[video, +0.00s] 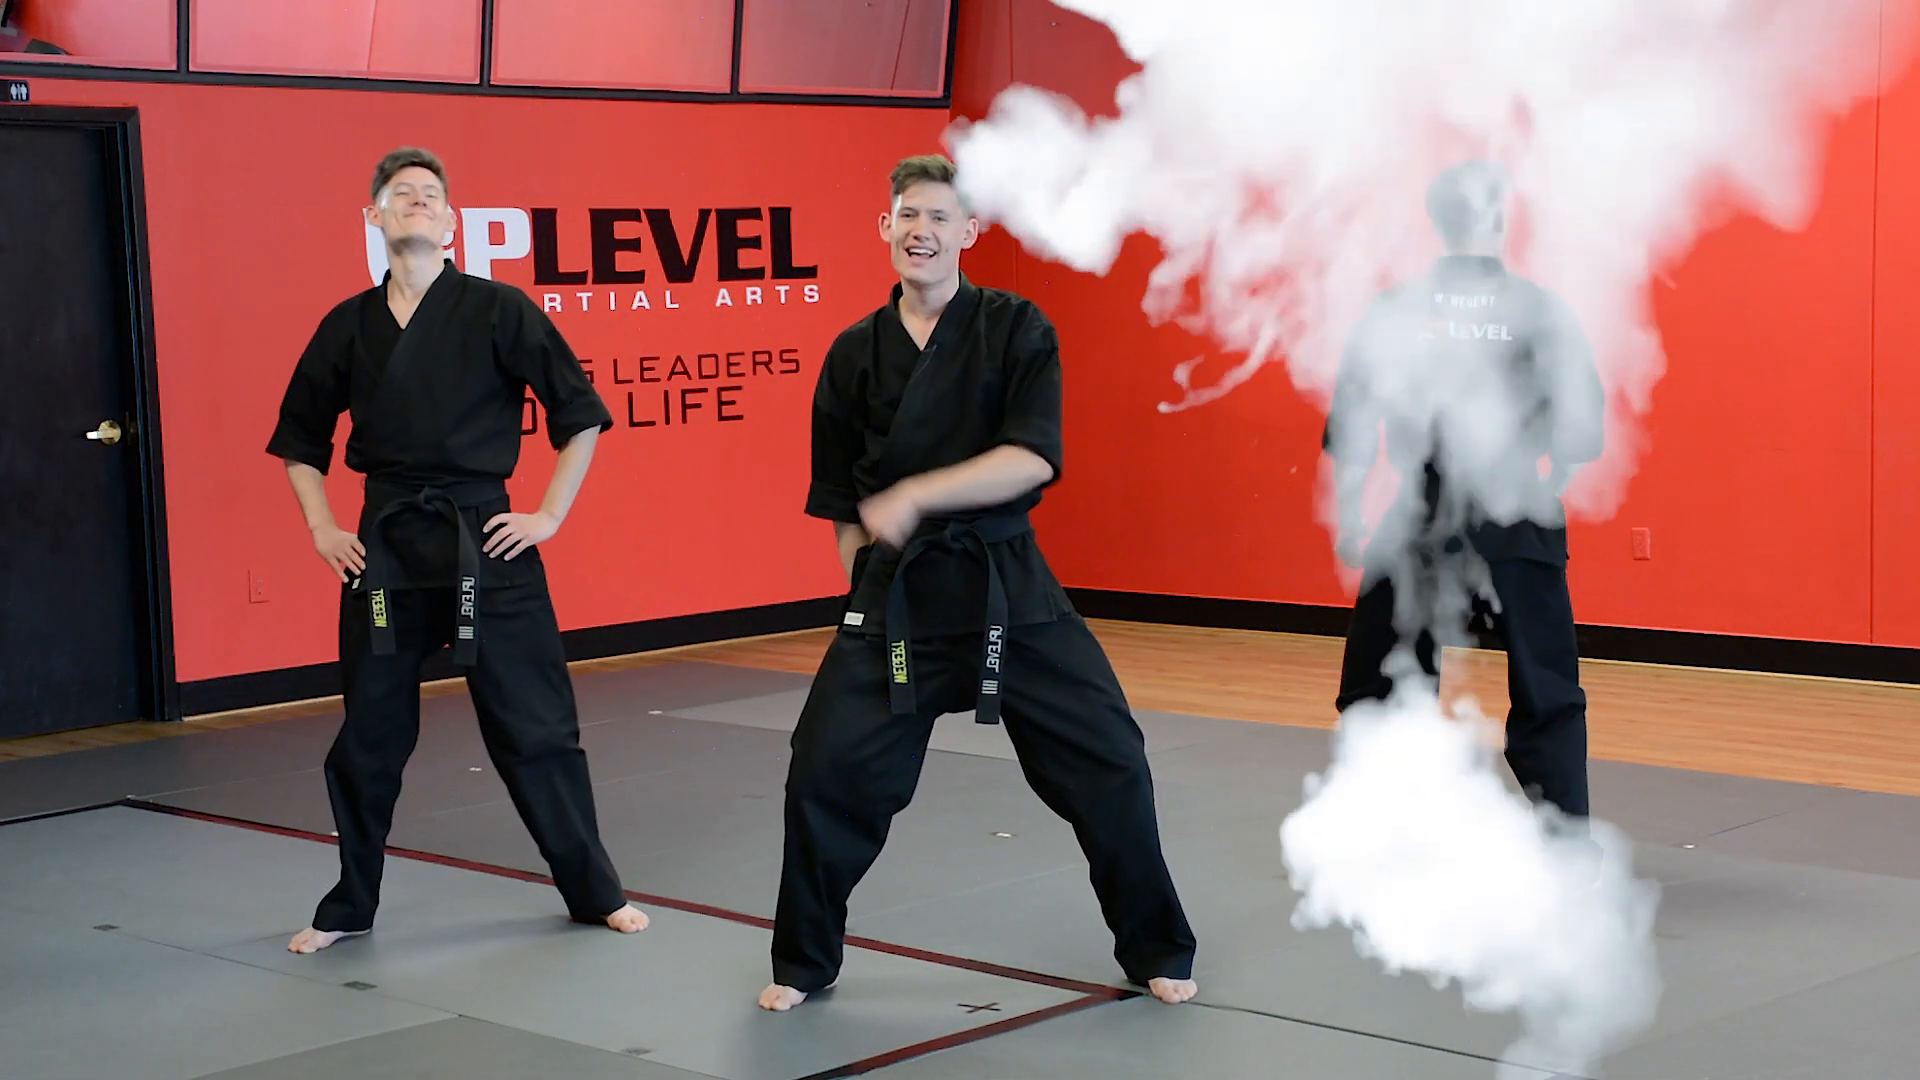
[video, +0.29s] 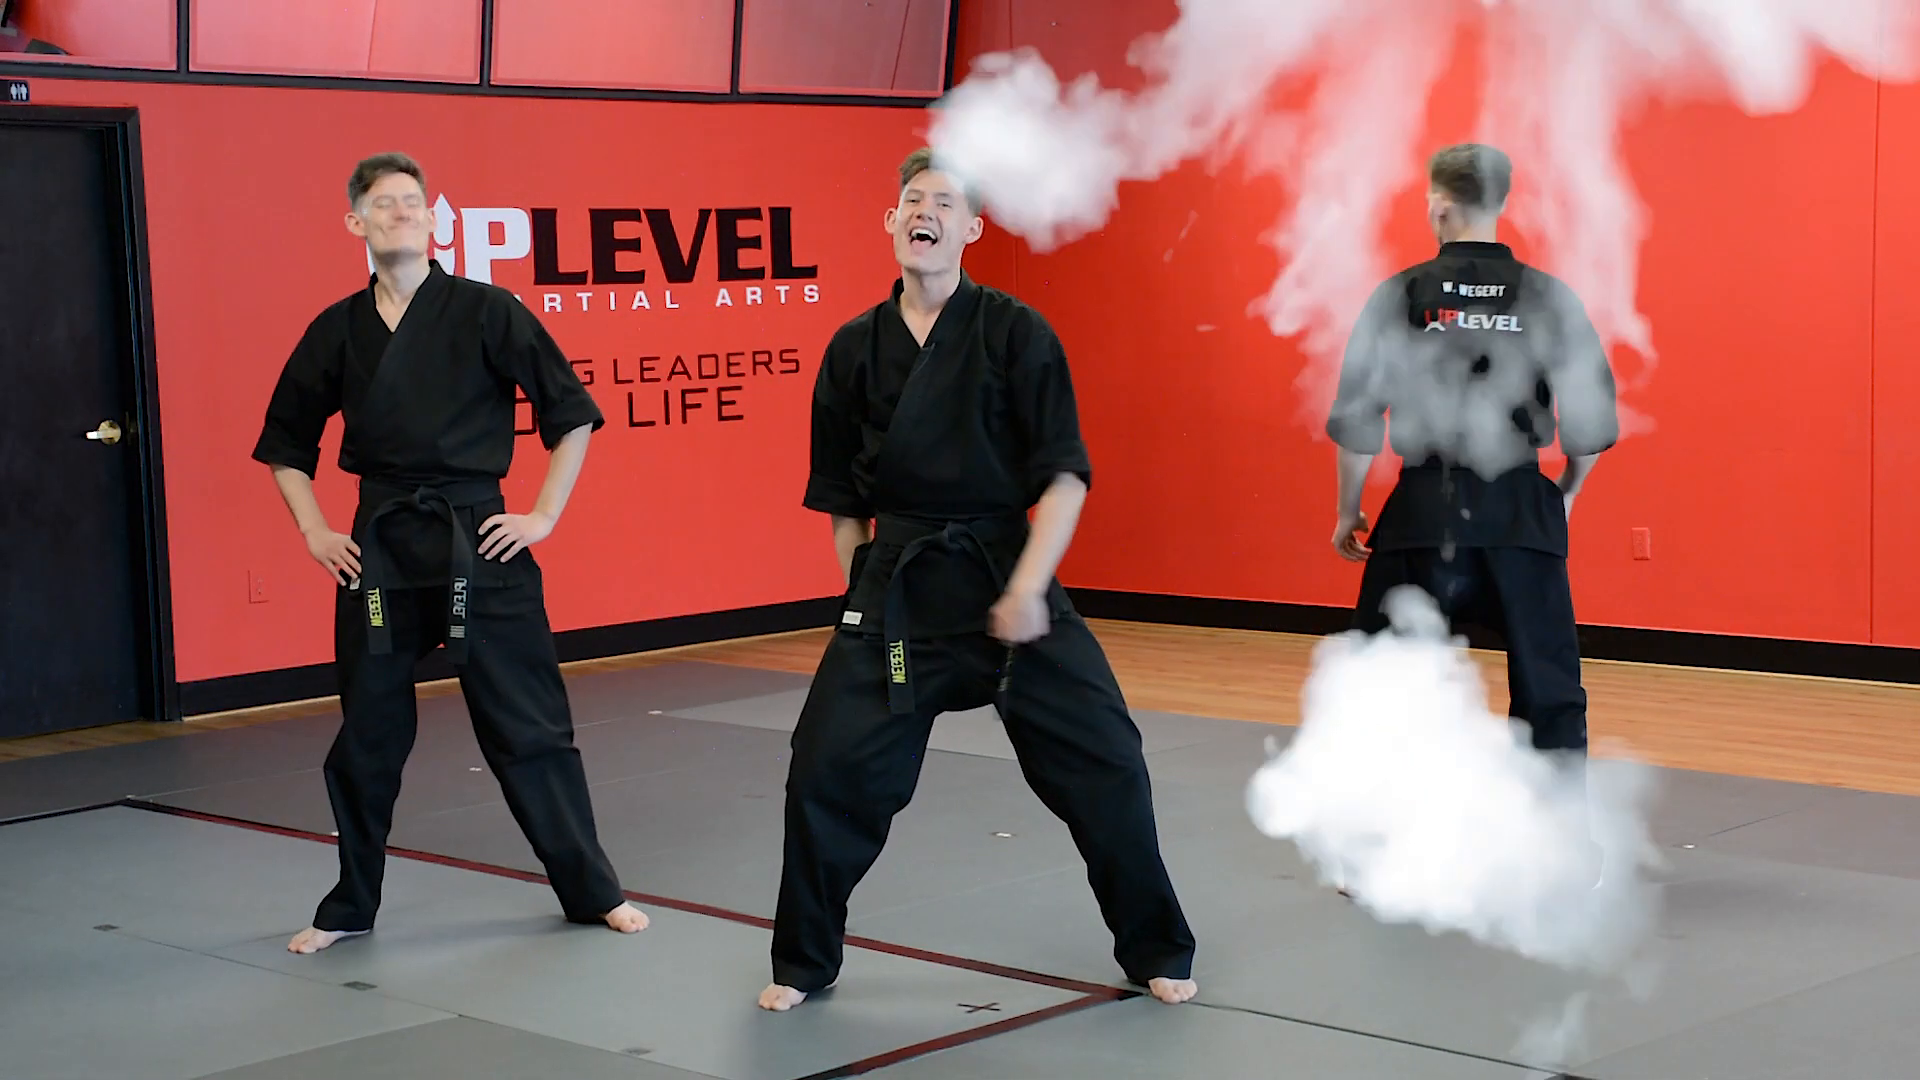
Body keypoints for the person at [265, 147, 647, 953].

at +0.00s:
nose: (418, 201)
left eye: (430, 194)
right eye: (402, 193)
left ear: (451, 220)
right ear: (374, 217)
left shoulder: (501, 310)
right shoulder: (348, 326)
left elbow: (583, 416)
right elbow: (297, 437)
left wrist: (547, 517)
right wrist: (322, 527)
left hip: (490, 543)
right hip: (388, 549)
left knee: (536, 728)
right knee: (367, 740)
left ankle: (595, 892)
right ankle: (350, 905)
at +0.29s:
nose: (400, 211)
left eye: (411, 201)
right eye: (384, 202)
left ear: (432, 219)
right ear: (357, 223)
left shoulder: (488, 310)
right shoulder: (338, 329)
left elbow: (574, 413)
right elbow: (284, 442)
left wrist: (542, 517)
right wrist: (314, 531)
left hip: (482, 542)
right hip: (382, 548)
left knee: (531, 727)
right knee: (365, 739)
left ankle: (593, 892)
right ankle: (351, 905)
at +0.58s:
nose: (399, 238)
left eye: (407, 223)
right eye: (381, 228)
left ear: (424, 225)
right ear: (350, 236)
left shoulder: (483, 312)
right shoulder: (333, 335)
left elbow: (569, 412)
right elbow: (283, 444)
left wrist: (539, 516)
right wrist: (312, 532)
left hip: (478, 540)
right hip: (378, 547)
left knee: (529, 726)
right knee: (363, 740)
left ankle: (593, 892)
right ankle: (352, 904)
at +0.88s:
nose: (389, 211)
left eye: (396, 200)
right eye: (368, 206)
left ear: (414, 219)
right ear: (338, 233)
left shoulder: (478, 309)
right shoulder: (332, 338)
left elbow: (565, 409)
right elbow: (282, 445)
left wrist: (537, 517)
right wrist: (310, 532)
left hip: (477, 539)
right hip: (379, 546)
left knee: (529, 726)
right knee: (362, 740)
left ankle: (591, 892)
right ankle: (352, 904)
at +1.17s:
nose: (388, 228)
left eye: (392, 215)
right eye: (368, 222)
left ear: (407, 224)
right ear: (336, 245)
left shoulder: (474, 309)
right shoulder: (329, 344)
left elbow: (562, 408)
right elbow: (284, 450)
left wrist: (537, 515)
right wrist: (310, 531)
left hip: (476, 540)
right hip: (377, 547)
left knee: (529, 726)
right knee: (362, 741)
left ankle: (593, 892)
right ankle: (351, 906)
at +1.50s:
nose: (381, 226)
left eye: (386, 212)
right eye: (360, 220)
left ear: (403, 223)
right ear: (330, 245)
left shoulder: (472, 308)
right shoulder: (327, 344)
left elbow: (561, 407)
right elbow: (285, 450)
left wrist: (537, 514)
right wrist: (311, 531)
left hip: (476, 539)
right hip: (378, 546)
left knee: (529, 725)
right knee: (363, 740)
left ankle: (591, 892)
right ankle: (351, 906)